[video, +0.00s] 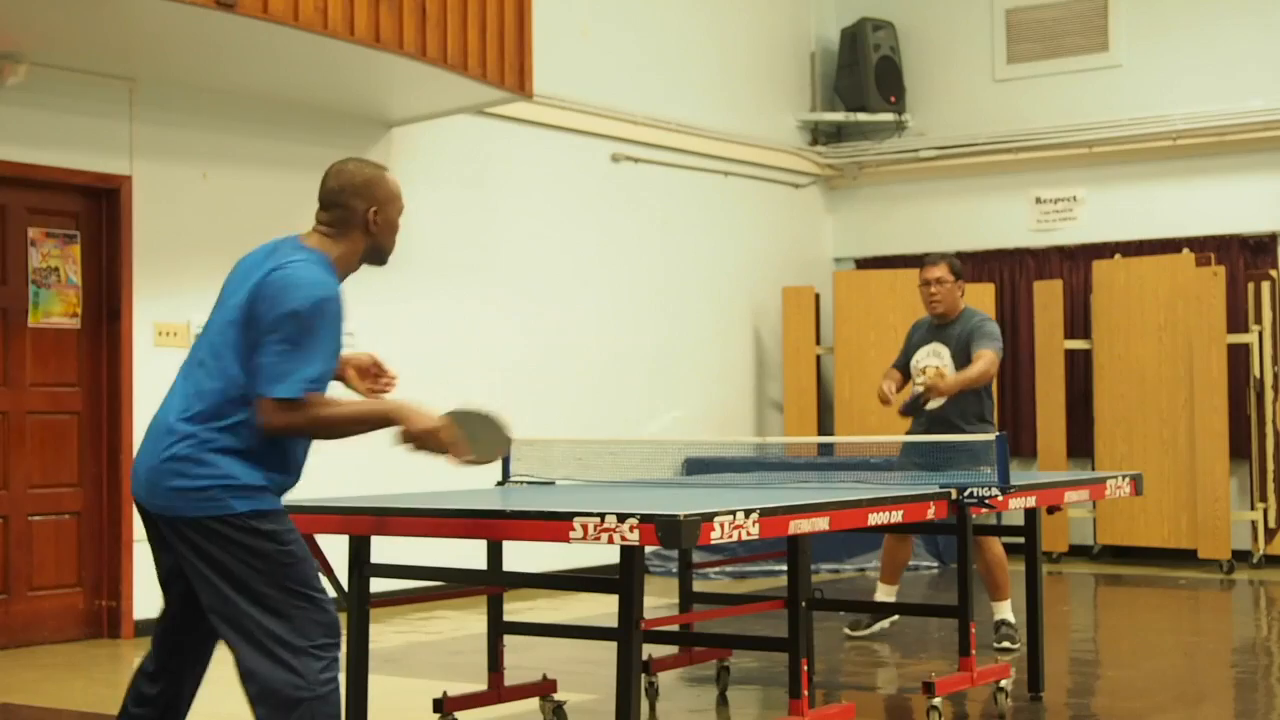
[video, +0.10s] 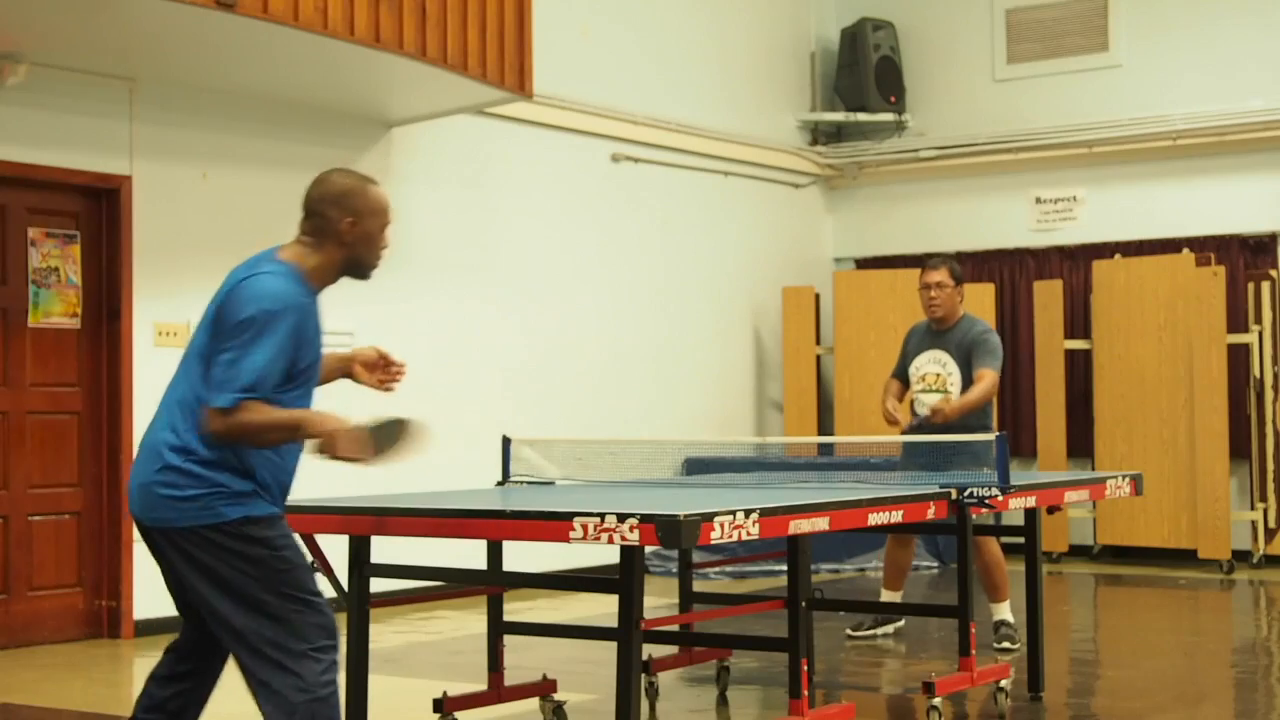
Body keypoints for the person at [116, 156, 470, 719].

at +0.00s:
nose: (399, 226)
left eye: (400, 214)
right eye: (396, 214)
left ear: (329, 212)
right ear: (370, 217)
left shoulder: (269, 260)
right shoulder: (309, 286)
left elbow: (253, 353)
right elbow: (280, 412)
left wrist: (338, 365)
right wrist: (395, 413)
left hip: (167, 477)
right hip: (216, 487)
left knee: (188, 627)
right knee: (307, 638)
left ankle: (142, 714)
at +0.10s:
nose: (387, 241)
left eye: (387, 227)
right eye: (380, 227)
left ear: (334, 227)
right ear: (342, 228)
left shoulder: (274, 278)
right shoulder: (275, 296)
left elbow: (265, 374)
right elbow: (223, 416)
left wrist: (346, 364)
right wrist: (316, 425)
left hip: (173, 493)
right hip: (211, 499)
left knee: (208, 636)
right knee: (305, 642)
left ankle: (154, 716)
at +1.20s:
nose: (345, 209)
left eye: (343, 194)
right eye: (336, 194)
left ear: (285, 198)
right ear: (295, 199)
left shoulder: (201, 250)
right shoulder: (269, 291)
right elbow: (356, 396)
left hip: (116, 476)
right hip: (178, 490)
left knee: (136, 639)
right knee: (255, 643)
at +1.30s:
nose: (346, 194)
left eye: (345, 180)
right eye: (340, 181)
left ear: (274, 186)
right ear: (303, 187)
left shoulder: (193, 240)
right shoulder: (300, 275)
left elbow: (151, 341)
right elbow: (398, 357)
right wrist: (454, 284)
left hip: (117, 471)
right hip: (192, 486)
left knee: (131, 627)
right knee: (263, 646)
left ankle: (99, 715)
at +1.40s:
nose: (343, 197)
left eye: (341, 186)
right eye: (338, 186)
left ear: (267, 194)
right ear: (310, 195)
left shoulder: (188, 247)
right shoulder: (316, 276)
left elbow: (141, 350)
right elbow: (398, 360)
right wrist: (435, 284)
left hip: (116, 476)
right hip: (201, 489)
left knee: (133, 633)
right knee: (290, 638)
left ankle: (103, 716)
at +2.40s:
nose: (336, 230)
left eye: (334, 218)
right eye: (331, 218)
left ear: (258, 223)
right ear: (304, 227)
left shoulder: (179, 268)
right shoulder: (310, 304)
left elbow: (120, 370)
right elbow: (357, 390)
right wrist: (379, 311)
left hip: (104, 493)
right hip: (193, 504)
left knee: (133, 625)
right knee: (305, 640)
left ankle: (85, 713)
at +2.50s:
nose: (341, 229)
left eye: (341, 218)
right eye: (338, 218)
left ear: (268, 217)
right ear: (313, 222)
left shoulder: (181, 266)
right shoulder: (314, 303)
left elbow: (124, 366)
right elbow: (351, 411)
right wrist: (399, 345)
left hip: (107, 486)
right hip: (194, 499)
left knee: (133, 627)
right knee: (296, 638)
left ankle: (88, 714)